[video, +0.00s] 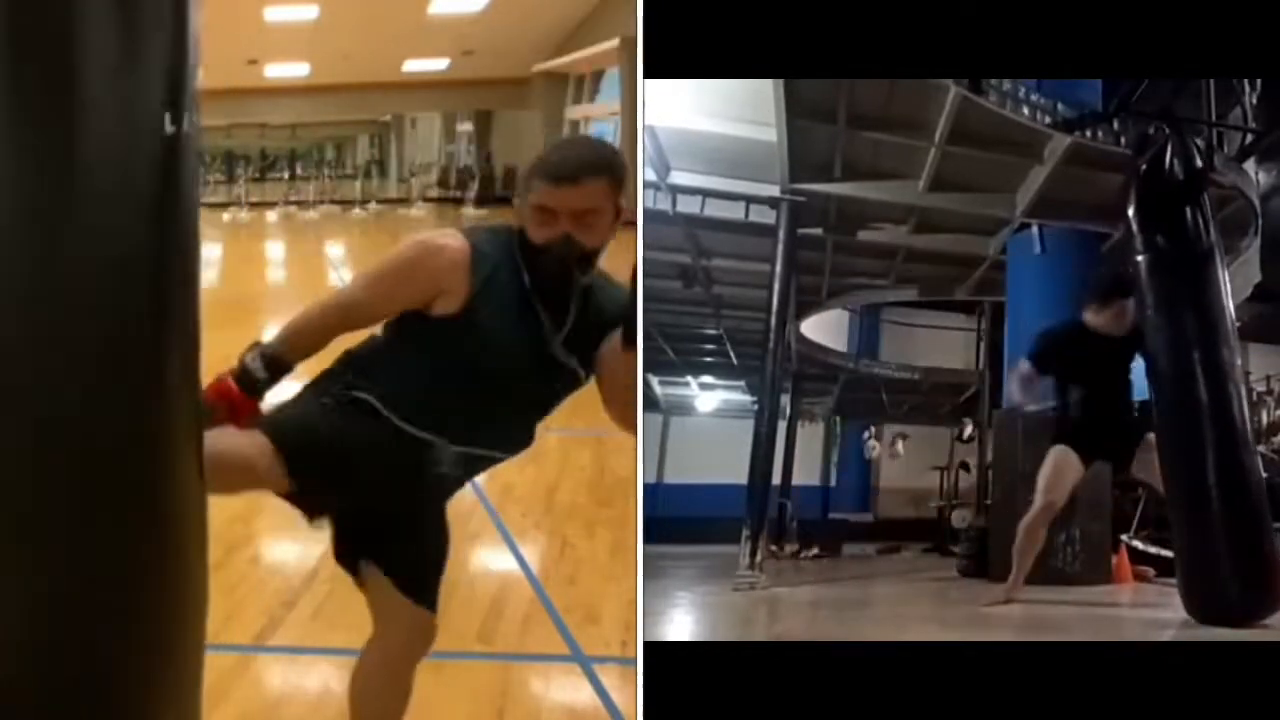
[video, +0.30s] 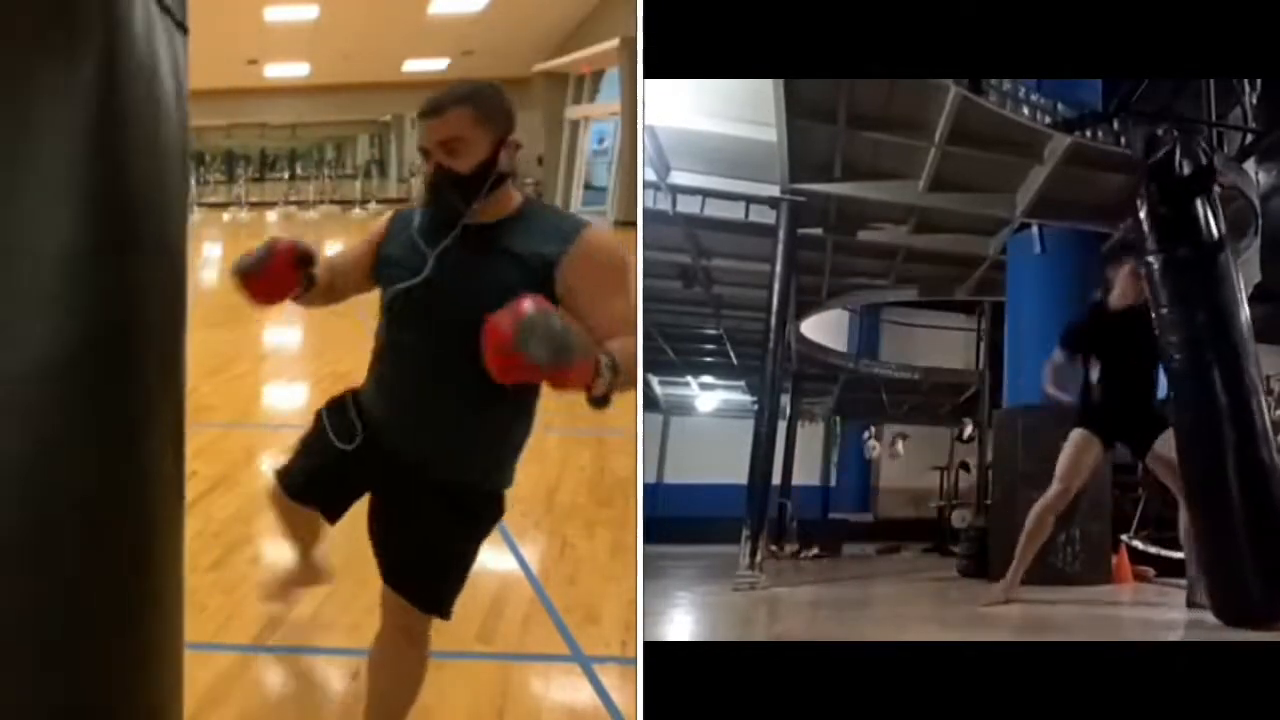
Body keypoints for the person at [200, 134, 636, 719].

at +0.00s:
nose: (564, 234)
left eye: (585, 218)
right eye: (547, 215)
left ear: (618, 217)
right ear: (523, 205)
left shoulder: (608, 314)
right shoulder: (453, 261)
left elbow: (636, 412)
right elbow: (341, 312)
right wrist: (248, 379)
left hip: (417, 481)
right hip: (347, 426)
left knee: (406, 629)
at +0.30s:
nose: (434, 165)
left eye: (452, 150)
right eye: (427, 151)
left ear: (504, 150)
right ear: (421, 150)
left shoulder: (573, 249)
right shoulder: (404, 231)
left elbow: (632, 351)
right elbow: (331, 281)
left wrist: (584, 363)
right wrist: (293, 273)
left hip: (456, 469)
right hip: (371, 421)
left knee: (404, 617)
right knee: (293, 495)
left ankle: (379, 715)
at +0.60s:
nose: (385, 178)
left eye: (398, 165)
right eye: (378, 165)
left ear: (436, 159)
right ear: (372, 158)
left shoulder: (479, 235)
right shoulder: (380, 220)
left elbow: (488, 339)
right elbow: (337, 297)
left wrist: (399, 310)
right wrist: (310, 286)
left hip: (450, 419)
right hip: (392, 406)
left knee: (427, 569)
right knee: (410, 517)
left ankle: (432, 708)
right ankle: (421, 606)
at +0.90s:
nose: (358, 185)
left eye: (371, 171)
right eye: (349, 173)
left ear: (406, 164)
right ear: (341, 167)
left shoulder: (460, 215)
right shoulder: (351, 224)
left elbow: (467, 303)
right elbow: (303, 299)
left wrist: (388, 245)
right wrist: (291, 256)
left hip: (442, 413)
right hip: (383, 403)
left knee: (409, 549)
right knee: (405, 518)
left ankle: (410, 680)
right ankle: (427, 604)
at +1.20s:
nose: (315, 205)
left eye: (327, 190)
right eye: (306, 193)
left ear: (360, 179)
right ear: (301, 185)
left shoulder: (403, 219)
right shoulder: (332, 232)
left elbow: (491, 268)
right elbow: (275, 282)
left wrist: (381, 264)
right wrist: (287, 284)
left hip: (439, 427)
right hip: (386, 419)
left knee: (381, 570)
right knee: (383, 505)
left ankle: (397, 710)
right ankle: (424, 589)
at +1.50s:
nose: (364, 221)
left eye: (378, 204)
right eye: (351, 208)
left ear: (416, 186)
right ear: (338, 199)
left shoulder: (472, 238)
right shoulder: (321, 260)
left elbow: (586, 292)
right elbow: (238, 318)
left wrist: (535, 245)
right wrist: (180, 354)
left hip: (454, 453)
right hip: (369, 446)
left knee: (422, 606)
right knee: (377, 534)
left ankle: (410, 712)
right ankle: (421, 586)